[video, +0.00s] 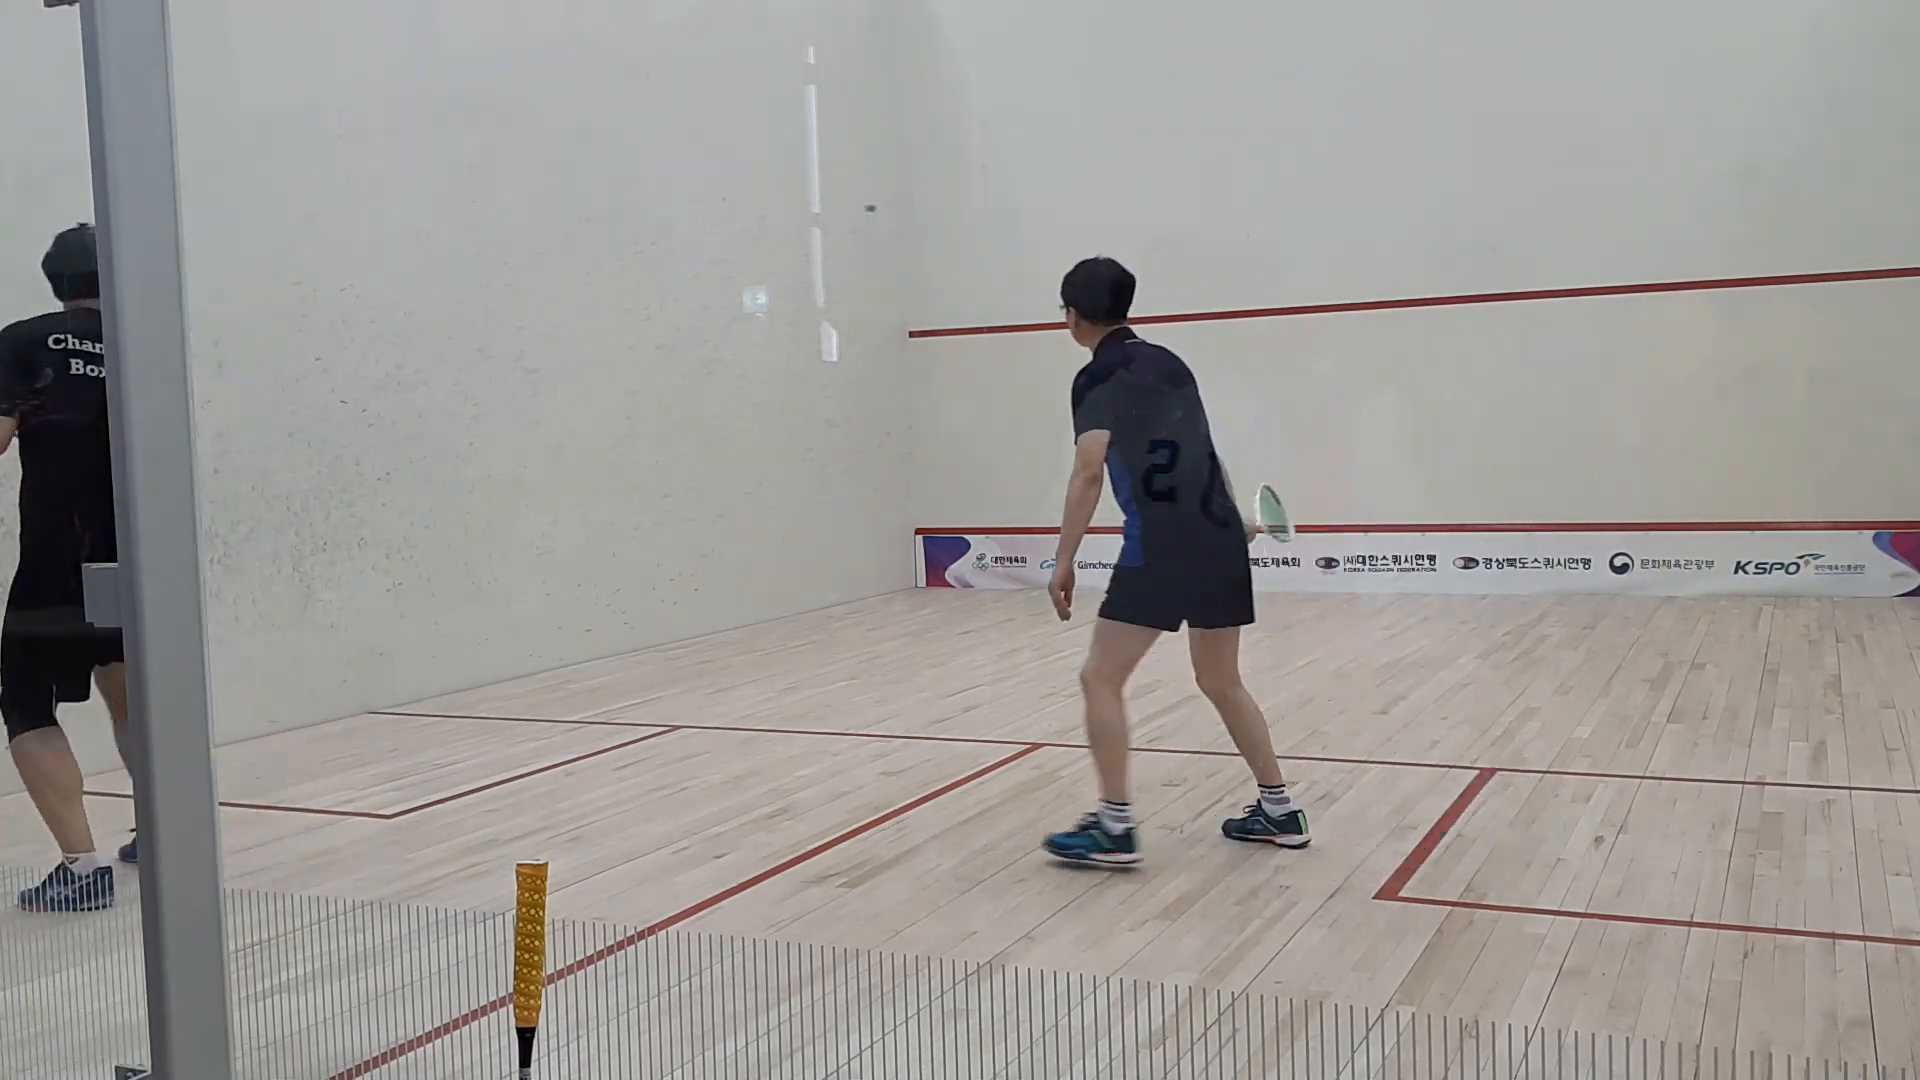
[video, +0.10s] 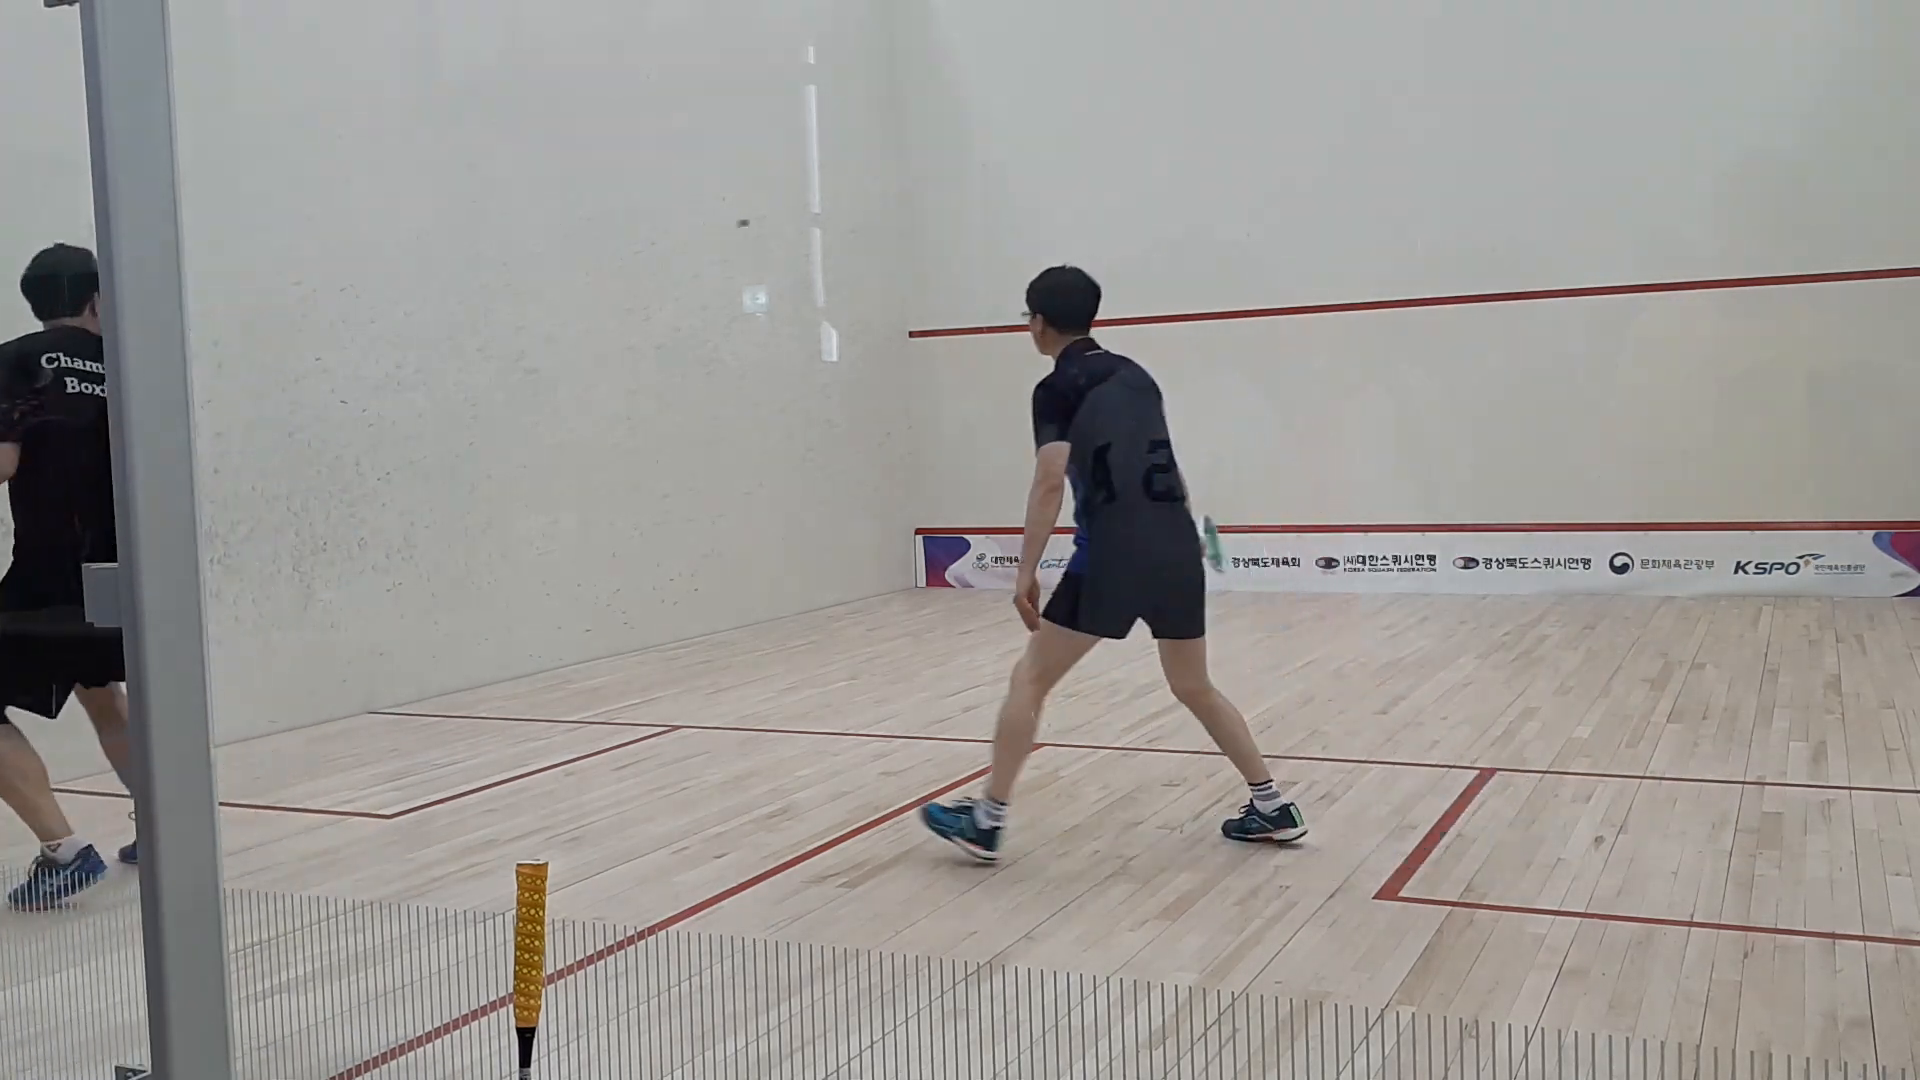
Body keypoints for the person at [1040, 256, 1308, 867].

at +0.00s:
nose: (1064, 319)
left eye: (1065, 310)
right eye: (1068, 308)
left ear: (1074, 315)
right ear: (1124, 309)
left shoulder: (1099, 378)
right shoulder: (1171, 364)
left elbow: (1090, 472)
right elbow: (1198, 458)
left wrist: (1064, 560)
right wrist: (1235, 523)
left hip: (1158, 556)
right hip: (1223, 548)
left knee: (1101, 677)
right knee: (1220, 678)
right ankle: (1278, 804)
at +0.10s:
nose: (1028, 325)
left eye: (1030, 316)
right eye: (1030, 314)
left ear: (1042, 323)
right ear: (1089, 319)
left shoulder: (1055, 387)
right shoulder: (1138, 376)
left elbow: (1051, 481)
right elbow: (1160, 473)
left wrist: (1028, 569)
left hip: (1110, 562)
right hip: (1178, 556)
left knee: (1031, 677)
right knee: (1194, 684)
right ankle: (1271, 801)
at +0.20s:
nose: (981, 336)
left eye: (981, 326)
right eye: (982, 326)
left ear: (992, 331)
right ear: (1041, 329)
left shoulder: (999, 402)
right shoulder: (1089, 390)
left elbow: (994, 496)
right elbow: (1129, 487)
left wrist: (972, 584)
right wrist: (1135, 558)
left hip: (1047, 572)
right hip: (1117, 561)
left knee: (965, 693)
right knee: (1169, 688)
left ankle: (900, 817)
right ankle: (1258, 794)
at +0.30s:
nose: (923, 346)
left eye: (925, 337)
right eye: (926, 336)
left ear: (936, 343)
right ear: (985, 339)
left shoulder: (932, 416)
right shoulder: (1033, 401)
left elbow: (927, 511)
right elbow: (1075, 496)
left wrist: (910, 597)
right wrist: (1093, 565)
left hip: (983, 590)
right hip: (1058, 578)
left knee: (891, 688)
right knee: (1131, 694)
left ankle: (872, 826)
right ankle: (1222, 797)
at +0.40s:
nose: (874, 349)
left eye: (876, 340)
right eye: (874, 339)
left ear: (890, 345)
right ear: (938, 343)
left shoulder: (880, 421)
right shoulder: (985, 404)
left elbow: (873, 518)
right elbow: (1027, 499)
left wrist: (856, 606)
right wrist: (1047, 571)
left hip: (936, 588)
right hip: (1011, 580)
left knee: (856, 688)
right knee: (1083, 699)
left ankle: (870, 825)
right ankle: (1164, 806)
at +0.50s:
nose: (844, 329)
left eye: (846, 320)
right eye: (846, 320)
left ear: (860, 326)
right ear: (905, 323)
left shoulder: (850, 402)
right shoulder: (955, 384)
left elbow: (848, 498)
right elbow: (994, 482)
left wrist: (834, 586)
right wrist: (1000, 557)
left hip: (907, 574)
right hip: (982, 563)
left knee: (850, 689)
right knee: (1033, 696)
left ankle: (868, 824)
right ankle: (1087, 812)